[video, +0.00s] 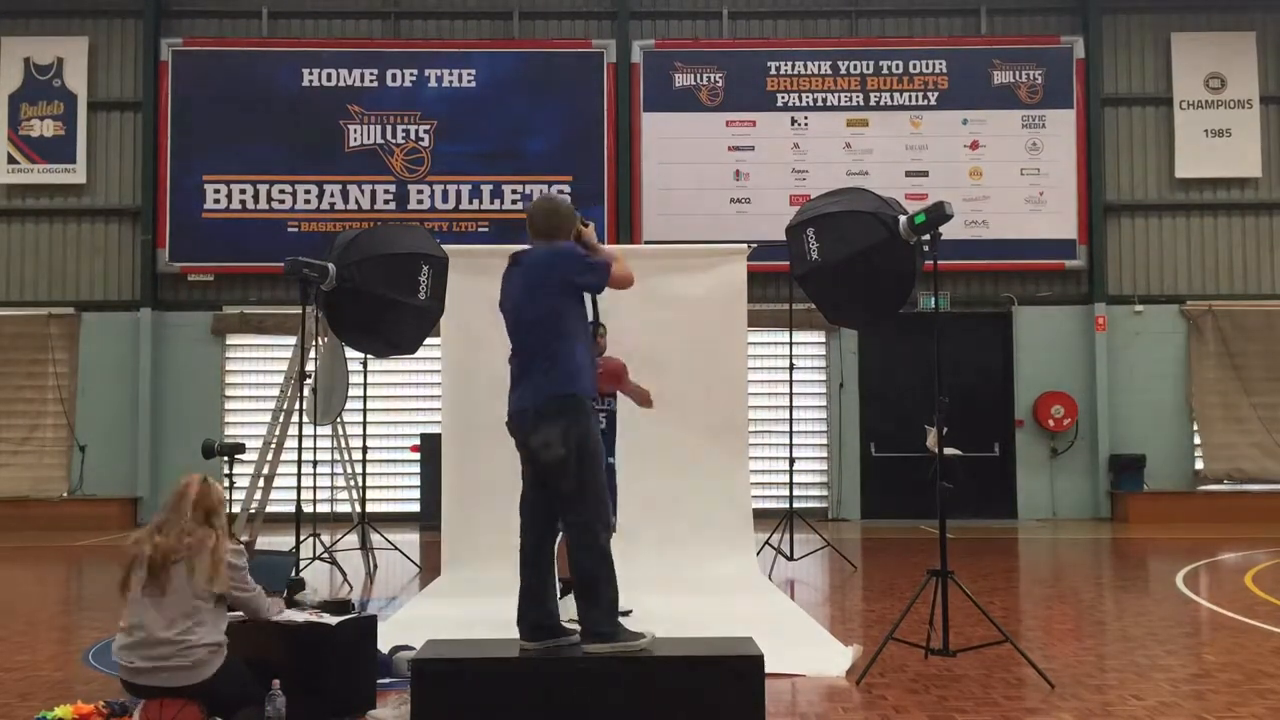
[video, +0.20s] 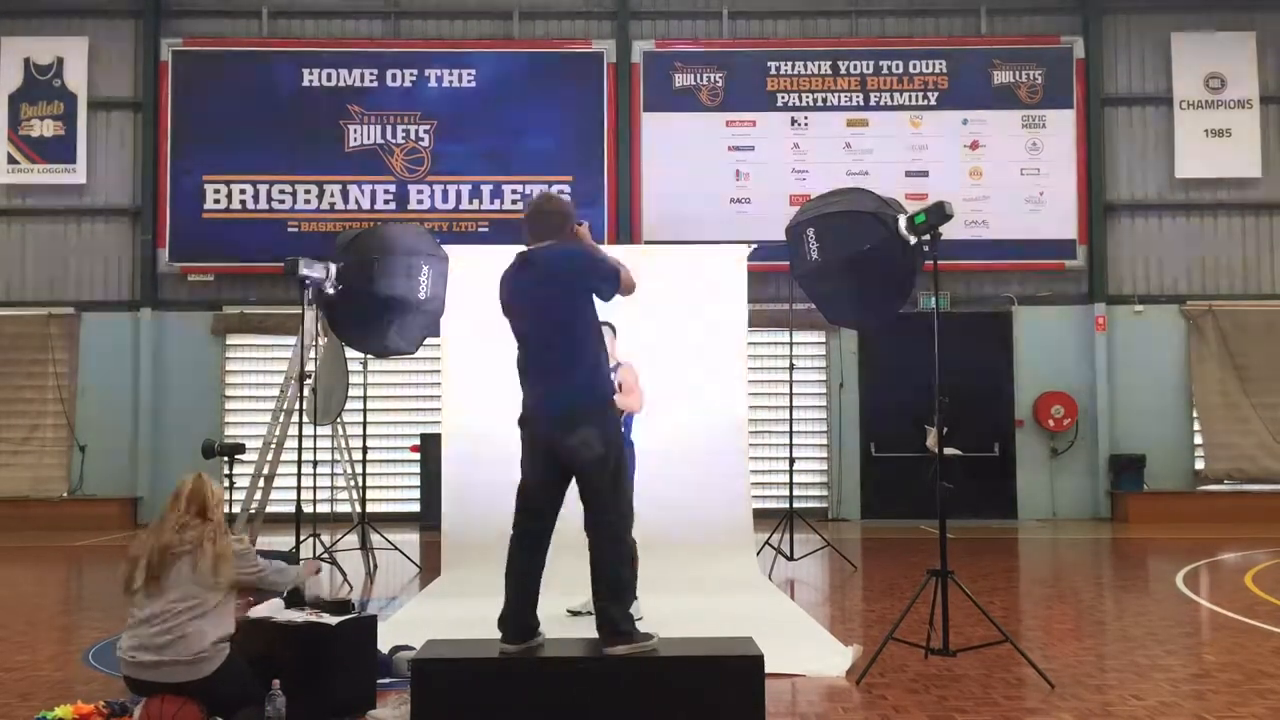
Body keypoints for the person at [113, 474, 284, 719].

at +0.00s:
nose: (225, 514)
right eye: (222, 508)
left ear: (174, 506)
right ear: (216, 511)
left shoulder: (145, 542)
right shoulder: (225, 550)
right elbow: (259, 608)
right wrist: (277, 604)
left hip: (136, 680)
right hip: (196, 677)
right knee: (252, 700)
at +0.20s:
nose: (223, 509)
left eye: (222, 503)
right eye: (221, 504)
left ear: (176, 503)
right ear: (215, 507)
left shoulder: (149, 542)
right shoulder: (226, 546)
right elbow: (270, 575)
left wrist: (225, 607)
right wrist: (303, 571)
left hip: (137, 673)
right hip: (199, 670)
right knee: (252, 702)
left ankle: (147, 706)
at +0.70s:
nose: (221, 517)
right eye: (218, 511)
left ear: (169, 509)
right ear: (211, 513)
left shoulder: (145, 544)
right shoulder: (228, 553)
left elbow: (135, 609)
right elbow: (245, 629)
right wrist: (278, 614)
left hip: (141, 678)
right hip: (206, 683)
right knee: (253, 703)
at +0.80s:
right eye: (218, 507)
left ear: (170, 507)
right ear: (213, 510)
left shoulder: (146, 543)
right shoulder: (228, 553)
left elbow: (134, 607)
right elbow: (244, 630)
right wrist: (278, 614)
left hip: (139, 677)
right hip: (204, 682)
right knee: (254, 701)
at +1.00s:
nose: (223, 515)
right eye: (221, 509)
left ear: (174, 508)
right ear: (215, 512)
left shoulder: (147, 543)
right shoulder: (229, 554)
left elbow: (135, 608)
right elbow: (245, 630)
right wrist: (279, 614)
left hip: (140, 677)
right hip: (204, 682)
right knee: (252, 702)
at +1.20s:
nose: (223, 516)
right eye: (221, 510)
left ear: (174, 508)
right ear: (216, 513)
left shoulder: (146, 543)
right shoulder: (228, 554)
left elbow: (133, 607)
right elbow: (245, 631)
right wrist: (279, 614)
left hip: (140, 677)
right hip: (205, 682)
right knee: (253, 703)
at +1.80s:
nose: (223, 512)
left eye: (221, 505)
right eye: (220, 505)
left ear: (171, 505)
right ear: (213, 508)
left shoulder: (141, 541)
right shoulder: (223, 549)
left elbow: (133, 605)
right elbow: (252, 618)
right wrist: (263, 611)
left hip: (140, 678)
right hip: (204, 681)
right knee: (255, 701)